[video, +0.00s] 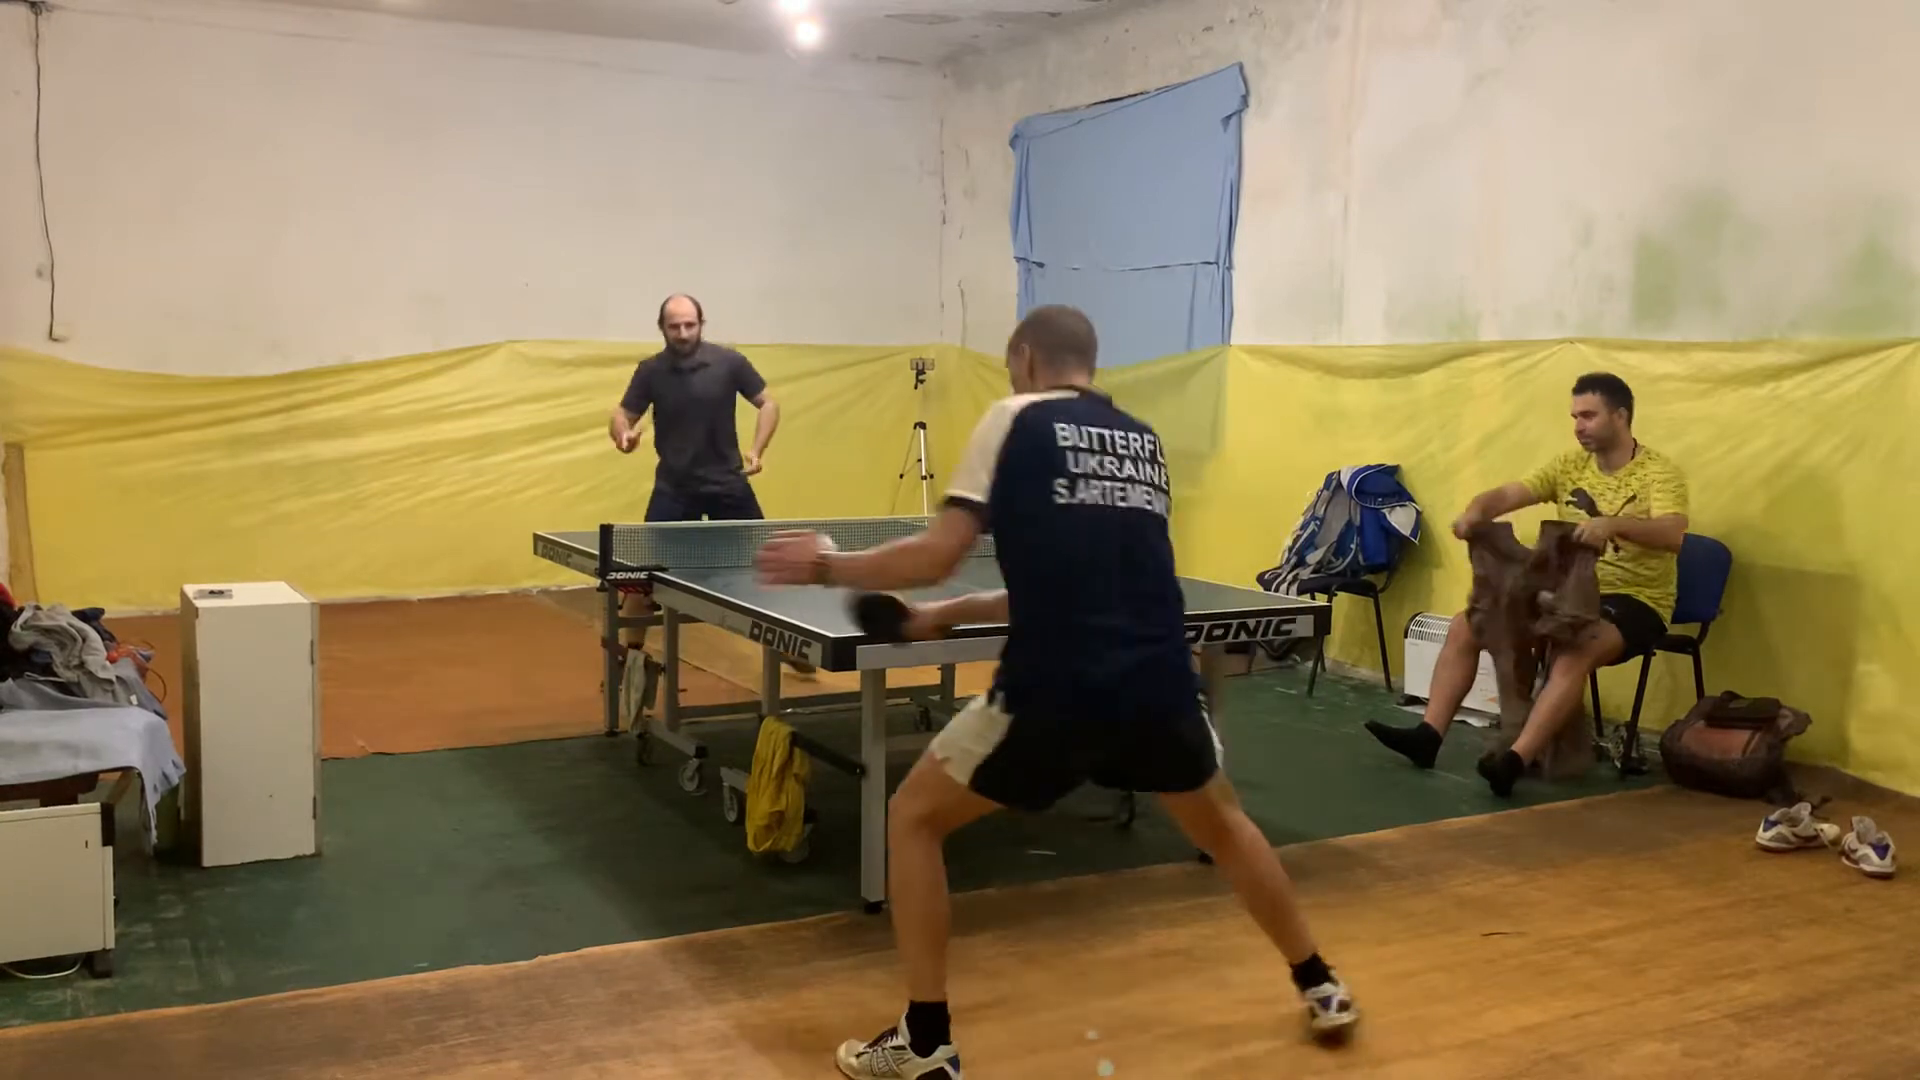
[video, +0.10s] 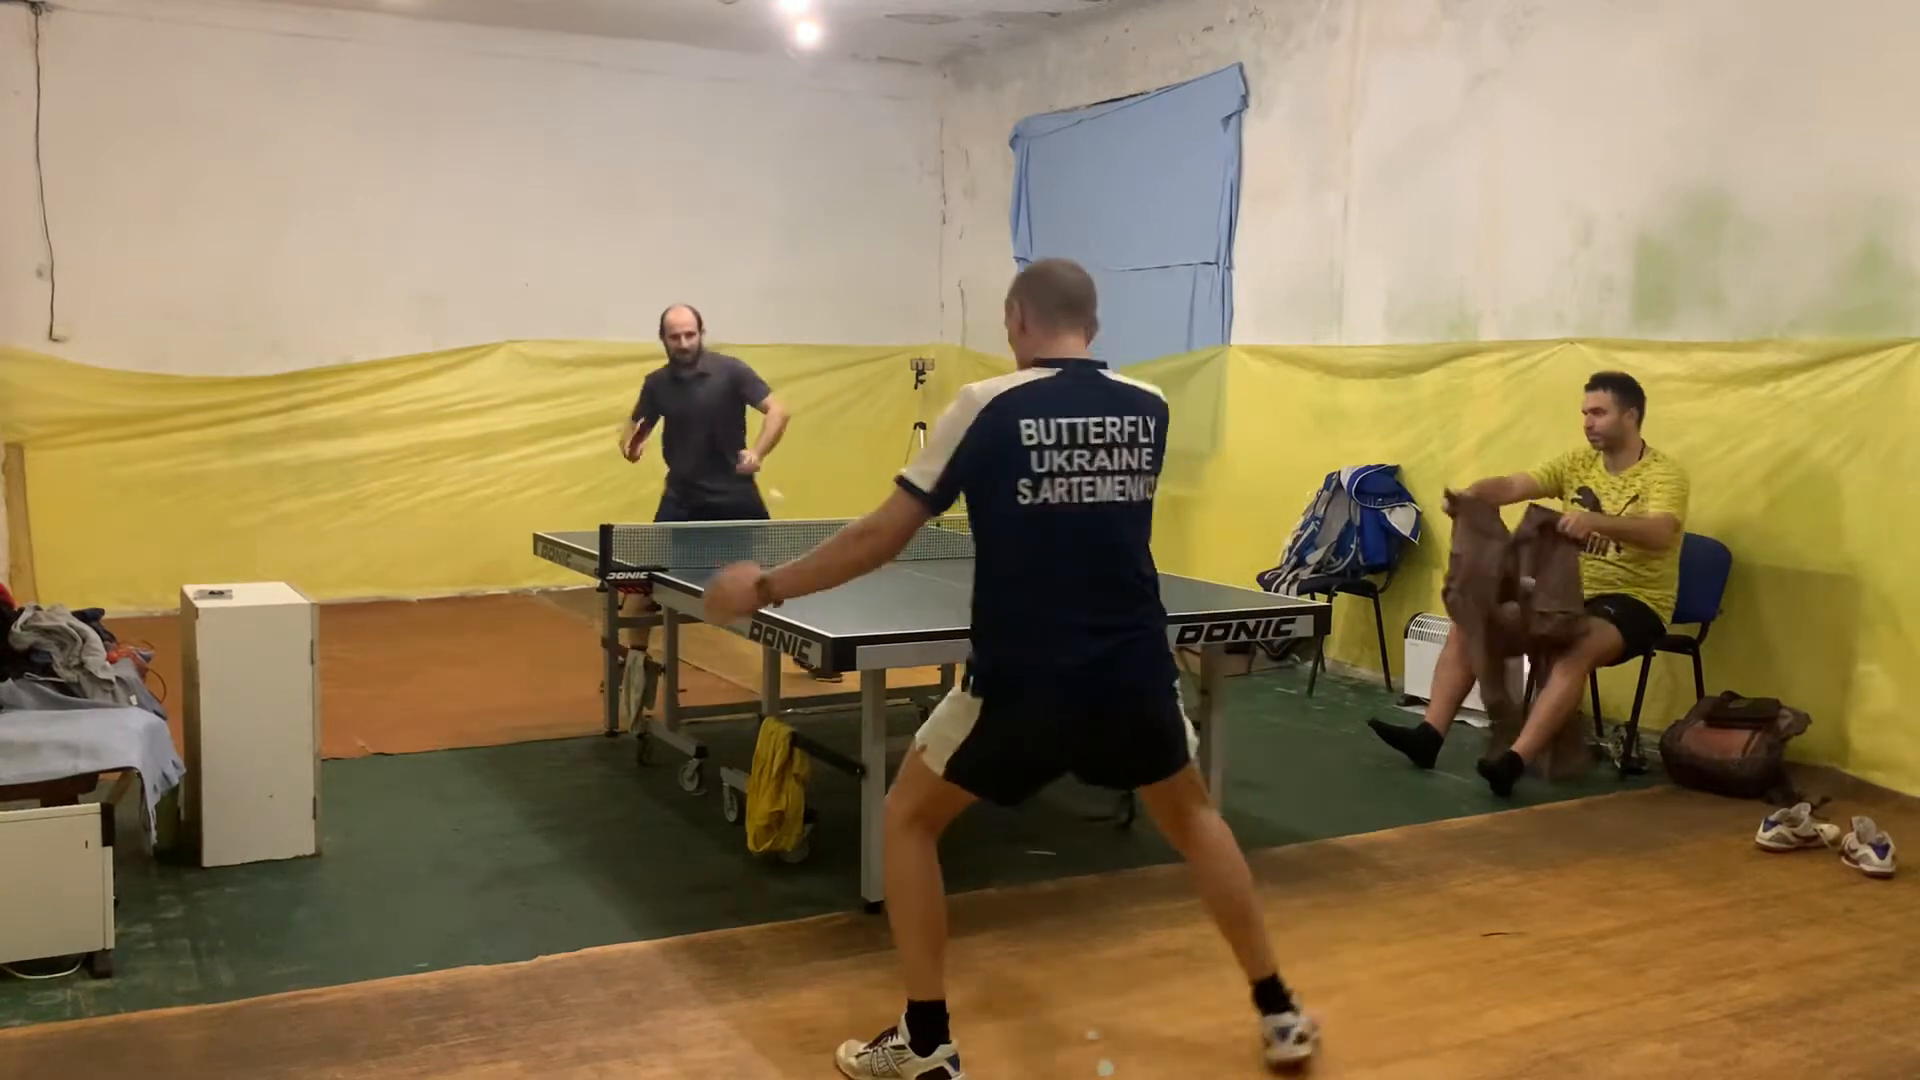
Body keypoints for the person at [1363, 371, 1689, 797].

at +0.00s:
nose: (1578, 426)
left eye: (1587, 416)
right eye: (1574, 416)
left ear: (1621, 416)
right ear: (1574, 417)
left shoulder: (1659, 473)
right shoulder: (1572, 466)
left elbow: (1674, 536)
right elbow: (1508, 496)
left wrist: (1613, 524)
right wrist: (1476, 510)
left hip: (1637, 600)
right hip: (1570, 592)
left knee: (1572, 653)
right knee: (1465, 625)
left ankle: (1514, 759)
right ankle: (1429, 734)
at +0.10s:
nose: (1588, 423)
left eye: (1598, 413)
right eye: (1585, 414)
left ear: (1632, 416)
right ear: (1583, 415)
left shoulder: (1664, 473)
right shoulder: (1580, 463)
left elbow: (1661, 533)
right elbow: (1517, 485)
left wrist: (1596, 521)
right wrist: (1471, 496)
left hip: (1637, 600)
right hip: (1570, 593)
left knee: (1572, 652)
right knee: (1470, 622)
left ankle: (1514, 760)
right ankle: (1430, 734)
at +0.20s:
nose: (1596, 420)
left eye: (1607, 411)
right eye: (1594, 410)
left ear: (1641, 416)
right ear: (1592, 412)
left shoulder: (1667, 475)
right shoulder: (1585, 461)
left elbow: (1654, 535)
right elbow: (1521, 479)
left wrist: (1589, 519)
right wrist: (1468, 482)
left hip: (1634, 598)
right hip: (1569, 591)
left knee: (1575, 648)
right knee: (1469, 617)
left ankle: (1515, 759)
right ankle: (1438, 728)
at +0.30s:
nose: (1602, 419)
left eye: (1613, 410)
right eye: (1601, 410)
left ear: (1648, 416)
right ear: (1600, 412)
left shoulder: (1671, 478)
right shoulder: (1589, 460)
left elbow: (1654, 535)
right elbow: (1520, 475)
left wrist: (1579, 520)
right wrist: (1467, 477)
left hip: (1638, 600)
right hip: (1576, 591)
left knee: (1572, 646)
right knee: (1482, 603)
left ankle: (1515, 759)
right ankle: (1459, 710)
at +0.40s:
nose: (1605, 419)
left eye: (1617, 410)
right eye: (1605, 410)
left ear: (1651, 419)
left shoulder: (1672, 481)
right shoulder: (1592, 462)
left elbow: (1643, 537)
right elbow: (1522, 479)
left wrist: (1567, 531)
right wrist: (1468, 480)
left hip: (1638, 601)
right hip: (1578, 587)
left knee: (1572, 646)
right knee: (1495, 578)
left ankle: (1513, 761)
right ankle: (1476, 701)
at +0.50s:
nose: (1606, 419)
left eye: (1618, 411)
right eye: (1606, 410)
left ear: (1652, 420)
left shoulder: (1672, 481)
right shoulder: (1592, 464)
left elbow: (1640, 541)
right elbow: (1520, 487)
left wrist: (1555, 547)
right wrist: (1460, 494)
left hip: (1639, 603)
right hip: (1580, 591)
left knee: (1572, 645)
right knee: (1513, 543)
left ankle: (1512, 762)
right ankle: (1504, 654)